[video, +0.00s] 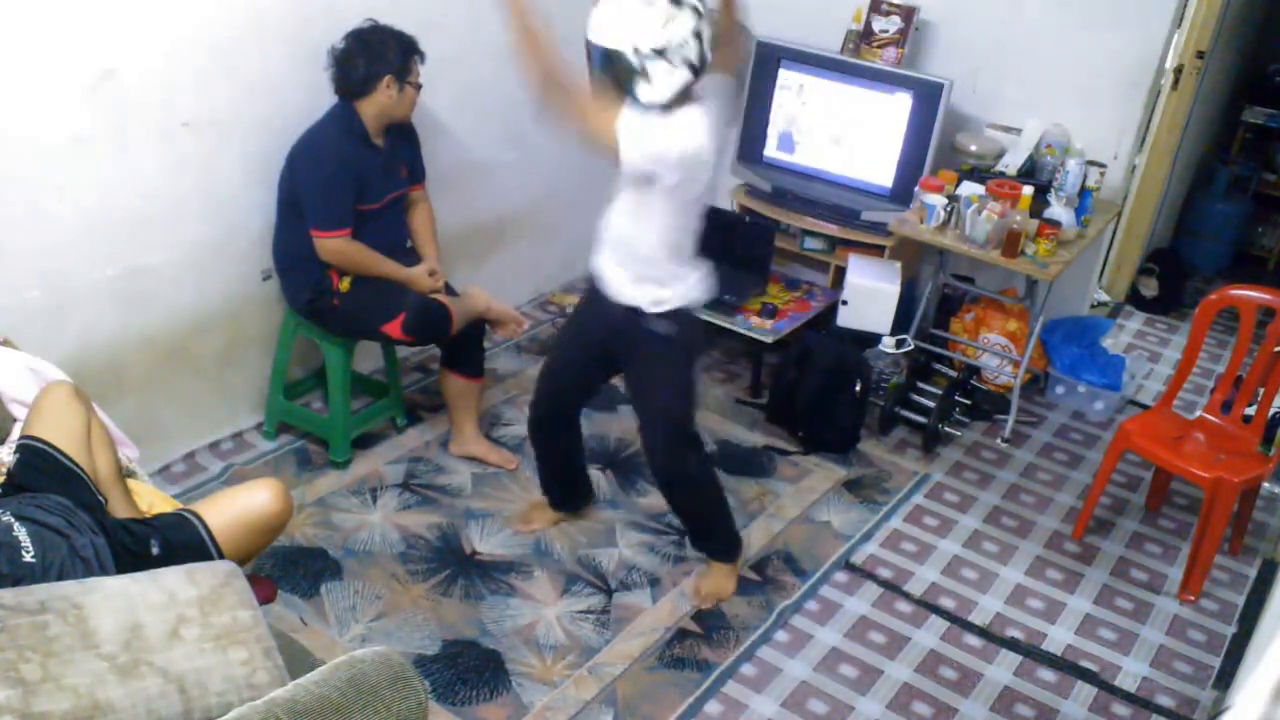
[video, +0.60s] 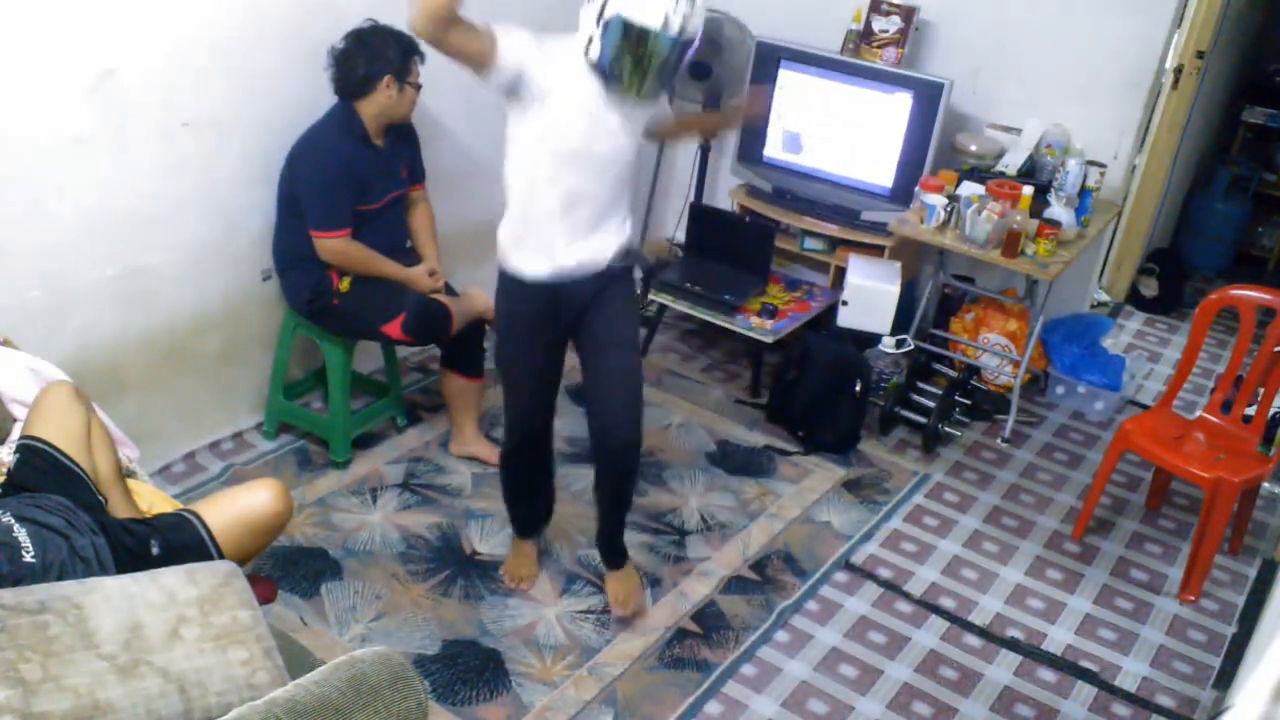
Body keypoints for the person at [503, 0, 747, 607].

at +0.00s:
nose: (619, 74)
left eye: (628, 61)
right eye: (616, 61)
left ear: (658, 60)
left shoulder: (691, 129)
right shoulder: (657, 105)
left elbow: (575, 105)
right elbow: (728, 46)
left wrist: (521, 16)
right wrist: (724, 11)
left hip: (663, 315)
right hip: (608, 296)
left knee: (669, 449)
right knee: (551, 405)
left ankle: (723, 553)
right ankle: (567, 500)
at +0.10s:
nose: (621, 59)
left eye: (642, 53)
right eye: (622, 42)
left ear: (680, 65)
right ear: (619, 34)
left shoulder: (683, 133)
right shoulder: (608, 94)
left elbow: (601, 209)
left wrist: (524, 197)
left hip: (642, 295)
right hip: (573, 280)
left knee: (670, 425)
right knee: (560, 398)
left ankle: (710, 544)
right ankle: (567, 494)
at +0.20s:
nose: (641, 57)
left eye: (667, 53)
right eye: (640, 36)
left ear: (696, 53)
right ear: (630, 13)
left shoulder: (692, 110)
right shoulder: (596, 19)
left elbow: (640, 205)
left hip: (639, 254)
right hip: (561, 234)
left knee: (663, 401)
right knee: (561, 370)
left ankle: (696, 536)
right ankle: (567, 488)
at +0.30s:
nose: (654, 66)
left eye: (671, 60)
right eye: (655, 50)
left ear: (687, 57)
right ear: (638, 17)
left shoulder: (679, 93)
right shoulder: (566, 16)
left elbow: (696, 219)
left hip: (622, 252)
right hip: (543, 245)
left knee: (646, 402)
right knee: (540, 391)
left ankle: (663, 553)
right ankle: (550, 503)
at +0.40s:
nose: (647, 85)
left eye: (666, 78)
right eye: (644, 68)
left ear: (683, 71)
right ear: (621, 37)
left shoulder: (669, 111)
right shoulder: (550, 61)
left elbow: (728, 199)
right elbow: (526, 3)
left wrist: (813, 254)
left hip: (611, 286)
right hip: (533, 282)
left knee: (631, 432)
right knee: (526, 428)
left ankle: (627, 565)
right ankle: (528, 544)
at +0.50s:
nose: (636, 102)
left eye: (654, 89)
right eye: (627, 81)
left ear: (671, 80)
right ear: (595, 54)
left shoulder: (655, 126)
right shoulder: (538, 90)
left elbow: (702, 157)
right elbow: (466, 39)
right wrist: (482, 0)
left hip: (604, 306)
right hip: (525, 306)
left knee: (616, 450)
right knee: (517, 449)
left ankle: (606, 554)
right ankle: (529, 541)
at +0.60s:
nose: (639, 52)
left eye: (653, 43)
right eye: (630, 34)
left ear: (662, 47)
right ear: (601, 24)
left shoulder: (641, 94)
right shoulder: (539, 62)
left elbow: (667, 127)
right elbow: (434, 26)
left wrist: (729, 116)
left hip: (606, 283)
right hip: (528, 283)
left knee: (620, 428)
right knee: (526, 424)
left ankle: (613, 552)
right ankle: (525, 533)